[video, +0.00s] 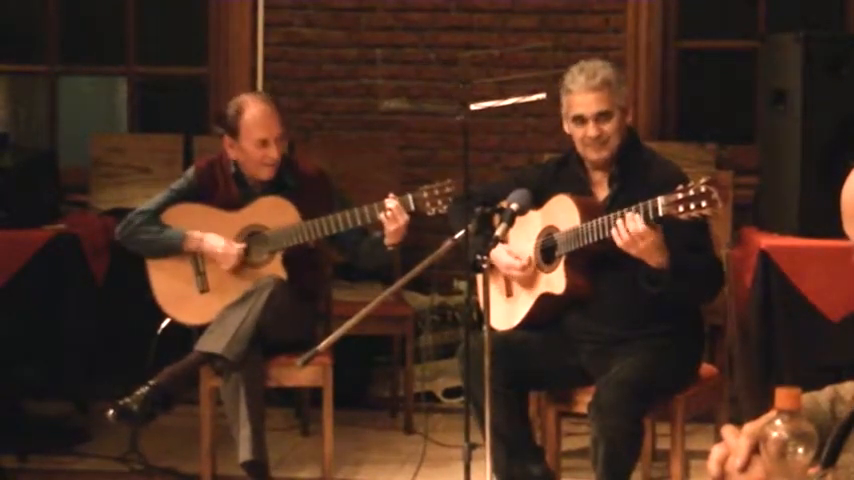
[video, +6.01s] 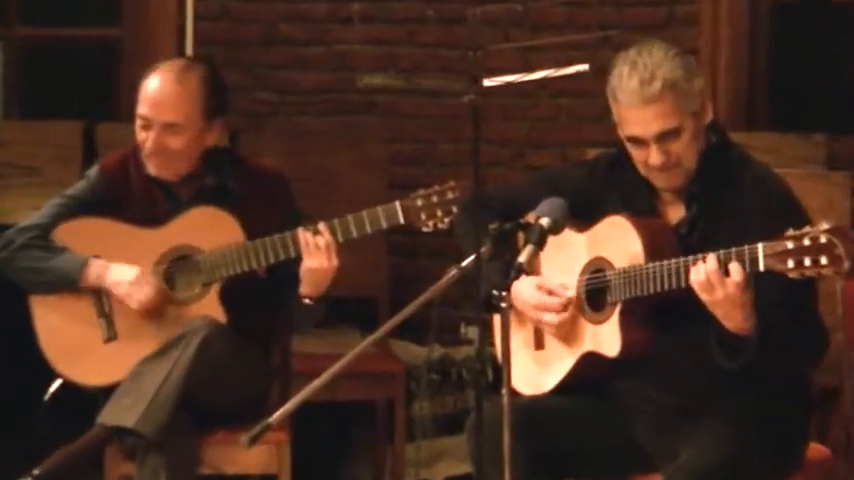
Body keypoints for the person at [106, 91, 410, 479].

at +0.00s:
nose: (274, 153)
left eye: (279, 141)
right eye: (262, 144)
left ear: (286, 137)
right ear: (231, 146)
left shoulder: (307, 183)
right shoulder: (208, 178)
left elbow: (355, 249)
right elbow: (131, 230)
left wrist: (388, 242)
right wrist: (200, 242)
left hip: (296, 314)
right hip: (229, 311)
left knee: (270, 290)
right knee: (243, 353)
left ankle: (167, 383)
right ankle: (254, 468)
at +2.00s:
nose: (276, 168)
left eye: (282, 156)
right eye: (264, 159)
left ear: (289, 145)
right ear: (234, 155)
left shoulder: (308, 184)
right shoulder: (210, 178)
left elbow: (344, 262)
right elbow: (133, 229)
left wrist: (375, 250)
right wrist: (197, 255)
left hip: (296, 315)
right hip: (229, 311)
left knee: (272, 291)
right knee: (244, 350)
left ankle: (167, 381)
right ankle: (255, 468)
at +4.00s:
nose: (275, 151)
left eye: (280, 139)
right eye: (263, 142)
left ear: (287, 136)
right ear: (232, 143)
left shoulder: (310, 185)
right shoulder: (206, 178)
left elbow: (345, 260)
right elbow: (131, 232)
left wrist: (389, 238)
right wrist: (197, 243)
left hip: (297, 319)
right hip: (225, 313)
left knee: (266, 289)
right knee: (244, 356)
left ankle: (169, 395)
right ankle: (252, 470)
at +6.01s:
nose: (152, 143)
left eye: (172, 130)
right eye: (144, 125)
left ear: (214, 132)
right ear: (133, 118)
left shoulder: (263, 190)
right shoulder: (116, 177)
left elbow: (295, 319)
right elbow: (15, 249)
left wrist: (312, 294)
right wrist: (105, 273)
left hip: (237, 375)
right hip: (135, 366)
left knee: (202, 338)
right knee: (162, 442)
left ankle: (90, 448)